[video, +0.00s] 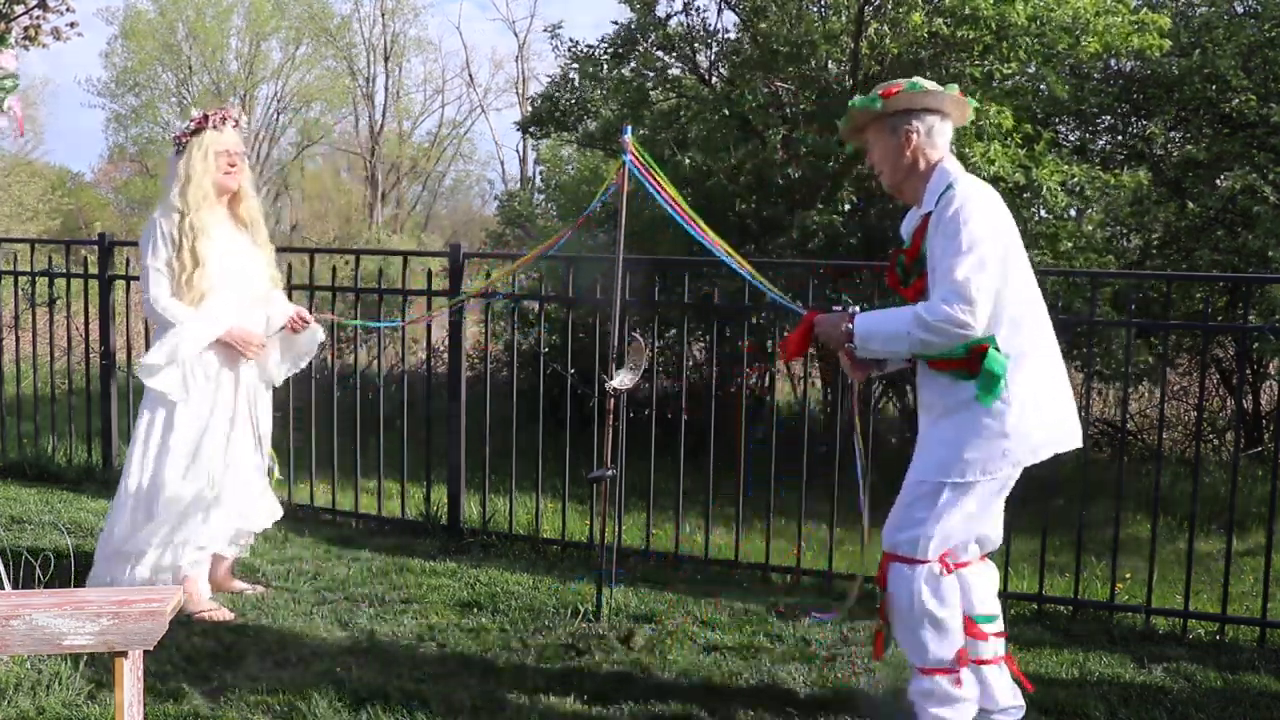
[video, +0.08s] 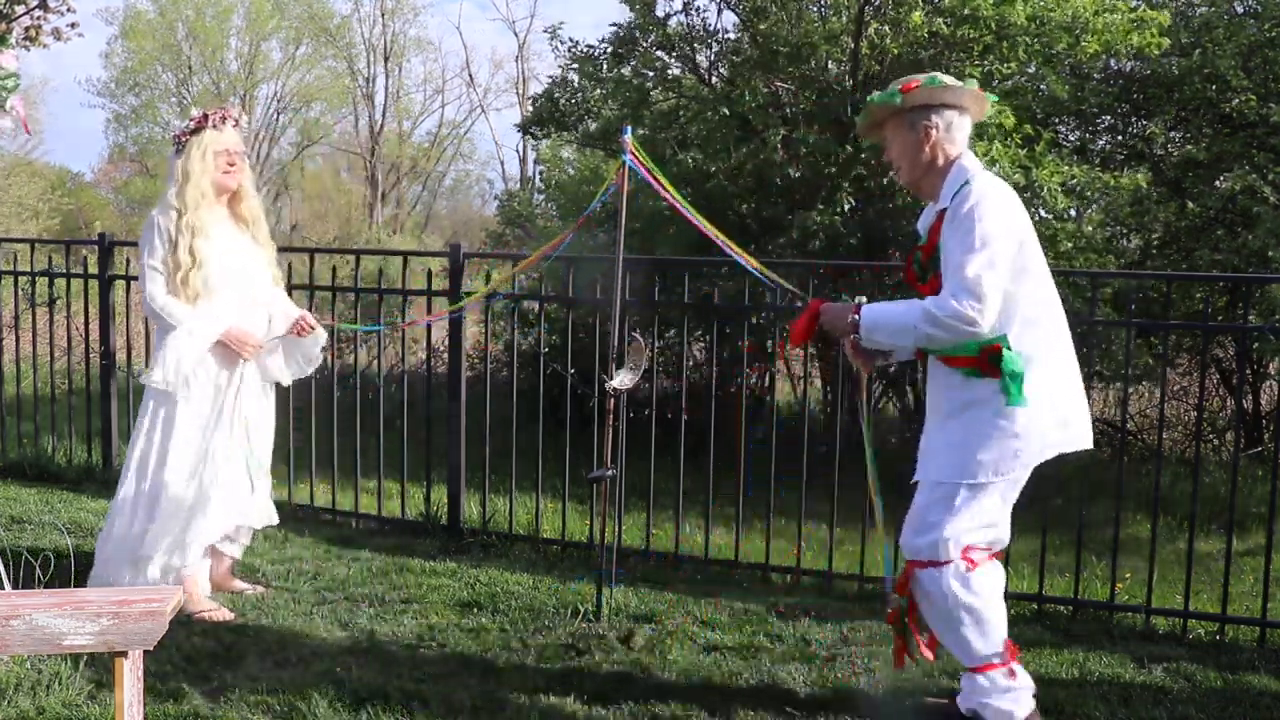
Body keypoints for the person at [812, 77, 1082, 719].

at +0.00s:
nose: (867, 165)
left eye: (871, 148)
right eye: (864, 151)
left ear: (913, 140)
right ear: (917, 143)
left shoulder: (964, 205)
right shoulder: (940, 211)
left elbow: (962, 316)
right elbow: (950, 327)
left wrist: (856, 328)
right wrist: (878, 353)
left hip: (982, 414)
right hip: (980, 414)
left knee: (914, 547)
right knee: (962, 551)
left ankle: (942, 701)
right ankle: (994, 696)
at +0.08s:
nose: (884, 159)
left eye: (889, 142)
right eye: (882, 146)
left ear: (933, 135)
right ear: (933, 137)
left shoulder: (981, 201)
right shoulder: (950, 210)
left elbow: (971, 313)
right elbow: (956, 321)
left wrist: (861, 318)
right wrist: (881, 343)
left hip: (997, 410)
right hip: (971, 410)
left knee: (943, 546)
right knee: (940, 545)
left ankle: (999, 698)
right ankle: (990, 686)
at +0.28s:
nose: (922, 151)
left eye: (928, 135)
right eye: (921, 138)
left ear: (973, 131)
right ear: (968, 134)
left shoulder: (1017, 202)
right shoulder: (982, 208)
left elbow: (994, 311)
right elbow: (971, 317)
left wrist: (885, 301)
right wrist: (889, 317)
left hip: (1033, 424)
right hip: (991, 425)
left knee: (1022, 566)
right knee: (977, 557)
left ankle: (1089, 702)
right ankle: (990, 695)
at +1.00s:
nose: (1016, 141)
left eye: (1023, 125)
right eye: (1014, 128)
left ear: (1074, 119)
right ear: (1069, 124)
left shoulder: (1121, 201)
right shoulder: (1061, 205)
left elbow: (1081, 308)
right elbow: (1043, 308)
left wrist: (964, 271)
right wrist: (956, 283)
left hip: (1121, 439)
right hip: (1065, 430)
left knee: (1100, 595)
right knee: (1018, 546)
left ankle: (1109, 710)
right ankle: (1017, 693)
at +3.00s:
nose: (1030, 141)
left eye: (1040, 124)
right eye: (1029, 127)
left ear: (1090, 127)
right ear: (1072, 131)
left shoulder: (1147, 211)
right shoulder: (1046, 218)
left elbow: (1116, 330)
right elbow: (1025, 331)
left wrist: (992, 308)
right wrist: (958, 316)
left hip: (1123, 460)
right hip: (1049, 453)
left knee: (1081, 613)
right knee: (1019, 583)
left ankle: (1102, 713)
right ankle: (1061, 703)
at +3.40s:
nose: (1011, 124)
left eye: (1018, 109)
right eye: (1010, 110)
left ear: (1061, 113)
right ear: (1060, 113)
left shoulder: (1101, 195)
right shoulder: (1062, 191)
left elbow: (1023, 303)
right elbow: (1010, 267)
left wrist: (923, 264)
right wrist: (935, 227)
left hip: (1105, 438)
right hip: (1056, 432)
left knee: (1098, 607)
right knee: (1025, 548)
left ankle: (1103, 714)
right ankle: (1068, 692)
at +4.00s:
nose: (978, 140)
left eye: (985, 127)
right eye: (980, 127)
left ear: (1018, 132)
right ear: (1042, 134)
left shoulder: (1001, 206)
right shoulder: (1091, 201)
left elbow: (934, 298)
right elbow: (1039, 284)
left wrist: (887, 267)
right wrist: (952, 264)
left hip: (1036, 425)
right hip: (1105, 425)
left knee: (1011, 565)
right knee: (1053, 558)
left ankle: (1077, 698)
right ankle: (1055, 688)